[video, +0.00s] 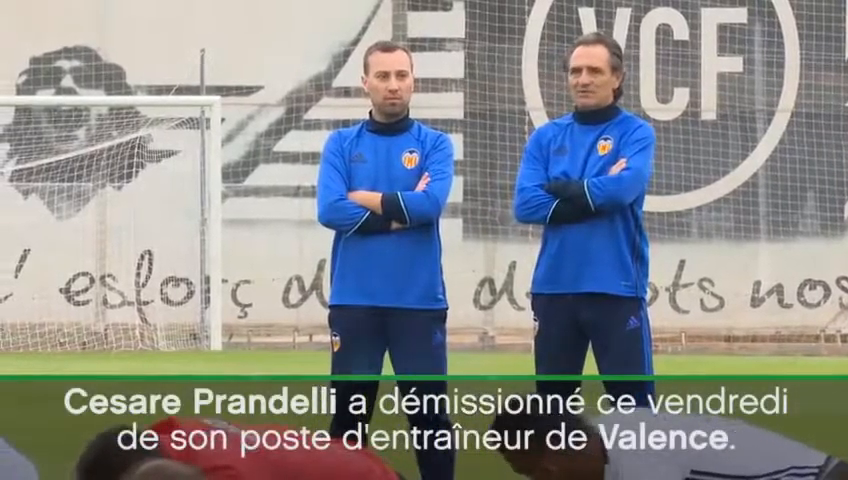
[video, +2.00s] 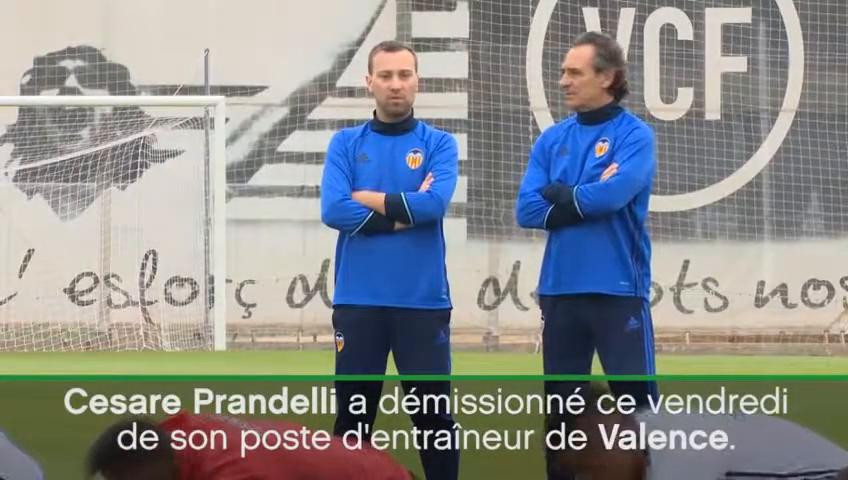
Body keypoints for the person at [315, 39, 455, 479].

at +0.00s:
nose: (393, 85)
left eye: (402, 76)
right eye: (382, 76)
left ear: (413, 83)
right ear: (365, 84)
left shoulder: (436, 143)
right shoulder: (341, 142)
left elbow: (429, 206)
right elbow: (330, 211)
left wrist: (358, 197)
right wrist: (403, 212)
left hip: (419, 301)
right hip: (354, 301)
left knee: (430, 416)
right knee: (348, 416)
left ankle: (438, 478)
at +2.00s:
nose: (396, 84)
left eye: (405, 75)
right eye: (386, 76)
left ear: (417, 82)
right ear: (369, 83)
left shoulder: (439, 143)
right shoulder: (345, 142)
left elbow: (433, 206)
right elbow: (333, 211)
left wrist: (361, 196)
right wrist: (406, 213)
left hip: (423, 302)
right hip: (358, 301)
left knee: (434, 417)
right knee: (352, 418)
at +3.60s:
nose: (391, 86)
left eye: (401, 76)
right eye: (381, 77)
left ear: (416, 82)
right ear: (368, 84)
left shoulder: (438, 143)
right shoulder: (344, 142)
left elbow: (434, 208)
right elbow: (333, 212)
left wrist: (365, 197)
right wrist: (406, 210)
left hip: (423, 303)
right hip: (357, 303)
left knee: (433, 422)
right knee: (352, 422)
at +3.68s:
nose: (391, 86)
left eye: (400, 76)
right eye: (381, 77)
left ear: (416, 82)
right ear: (368, 84)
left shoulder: (438, 143)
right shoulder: (344, 142)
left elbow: (433, 208)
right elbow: (332, 212)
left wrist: (363, 196)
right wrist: (402, 213)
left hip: (422, 303)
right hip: (357, 302)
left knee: (433, 420)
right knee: (352, 420)